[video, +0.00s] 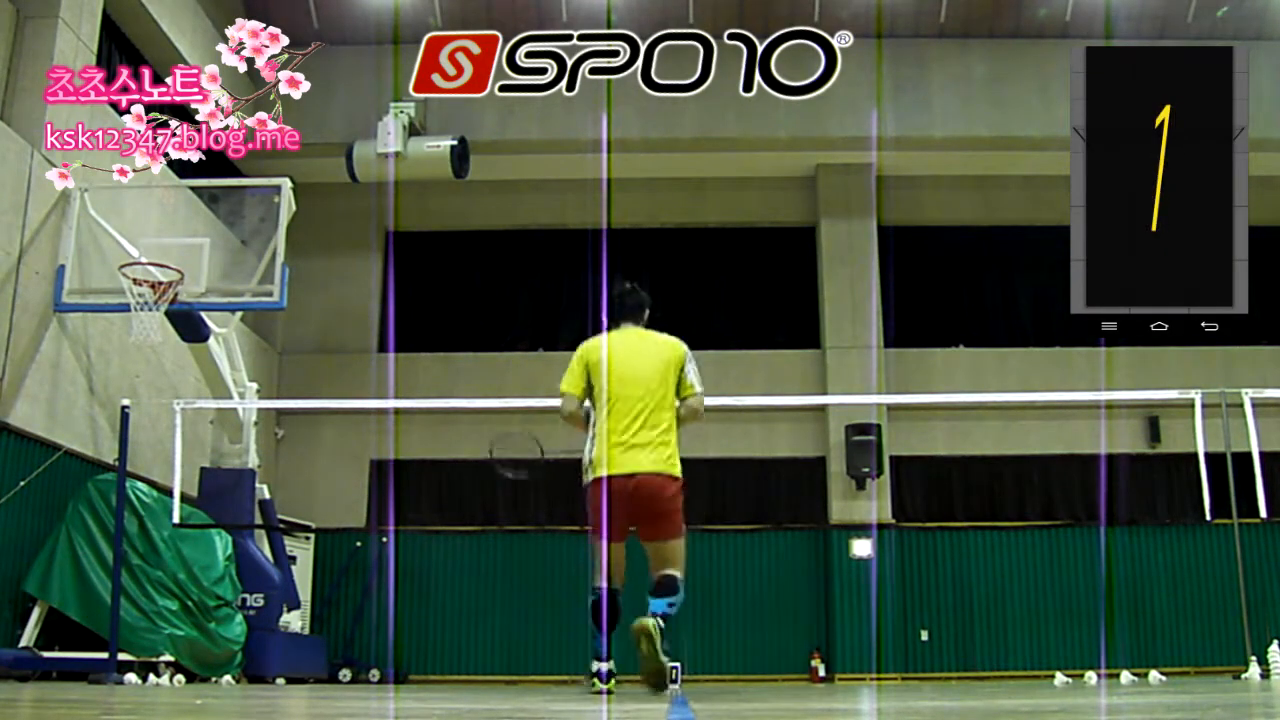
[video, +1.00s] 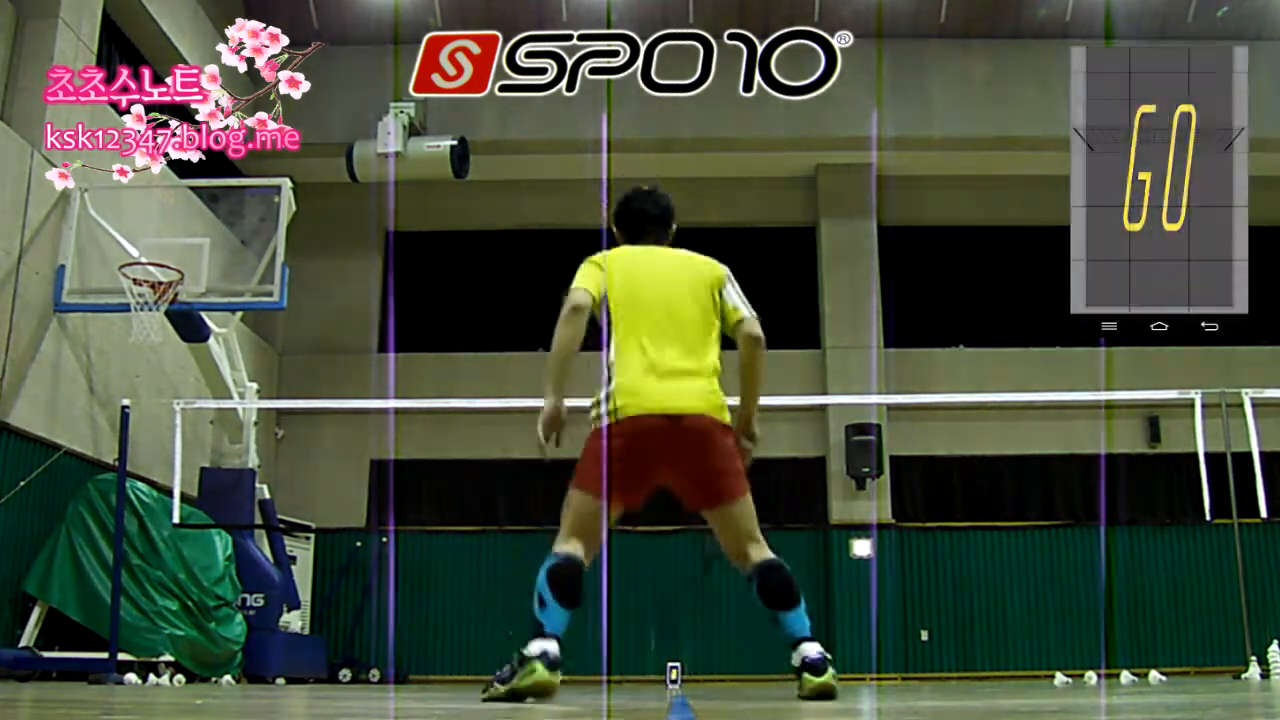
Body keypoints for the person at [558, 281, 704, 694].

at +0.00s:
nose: (640, 319)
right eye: (643, 313)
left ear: (608, 315)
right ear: (646, 315)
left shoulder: (590, 349)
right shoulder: (674, 347)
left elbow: (570, 409)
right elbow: (694, 406)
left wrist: (600, 427)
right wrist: (658, 422)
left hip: (605, 475)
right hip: (659, 474)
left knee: (607, 576)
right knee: (668, 571)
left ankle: (602, 668)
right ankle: (654, 620)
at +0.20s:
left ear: (607, 285)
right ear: (648, 285)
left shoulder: (588, 321)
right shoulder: (678, 317)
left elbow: (568, 385)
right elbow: (702, 372)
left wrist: (592, 414)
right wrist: (678, 408)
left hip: (602, 455)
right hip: (659, 454)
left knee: (579, 549)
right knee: (652, 558)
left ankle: (584, 645)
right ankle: (641, 656)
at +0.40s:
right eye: (635, 236)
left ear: (595, 245)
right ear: (637, 241)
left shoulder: (572, 273)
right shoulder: (664, 265)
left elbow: (541, 327)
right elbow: (697, 312)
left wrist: (571, 372)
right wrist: (685, 386)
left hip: (581, 401)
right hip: (643, 402)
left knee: (558, 518)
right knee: (668, 525)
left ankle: (534, 611)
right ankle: (680, 638)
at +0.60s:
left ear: (585, 266)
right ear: (634, 267)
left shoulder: (567, 294)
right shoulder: (667, 303)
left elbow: (538, 337)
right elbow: (704, 365)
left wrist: (523, 413)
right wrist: (701, 447)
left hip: (574, 445)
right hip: (644, 447)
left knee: (540, 555)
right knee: (682, 562)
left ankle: (518, 659)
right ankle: (720, 655)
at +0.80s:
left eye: (604, 202)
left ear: (602, 207)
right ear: (652, 207)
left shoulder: (585, 232)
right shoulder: (689, 240)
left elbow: (563, 268)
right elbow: (721, 298)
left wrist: (542, 344)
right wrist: (717, 382)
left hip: (605, 370)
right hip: (676, 371)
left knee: (564, 496)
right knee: (716, 505)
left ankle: (523, 626)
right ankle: (761, 626)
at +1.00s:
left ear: (618, 231)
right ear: (673, 231)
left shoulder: (602, 264)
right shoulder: (710, 270)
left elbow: (576, 306)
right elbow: (752, 336)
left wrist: (554, 397)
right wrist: (746, 418)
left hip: (626, 423)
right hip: (703, 423)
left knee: (574, 541)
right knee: (751, 546)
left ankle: (543, 649)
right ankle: (808, 651)